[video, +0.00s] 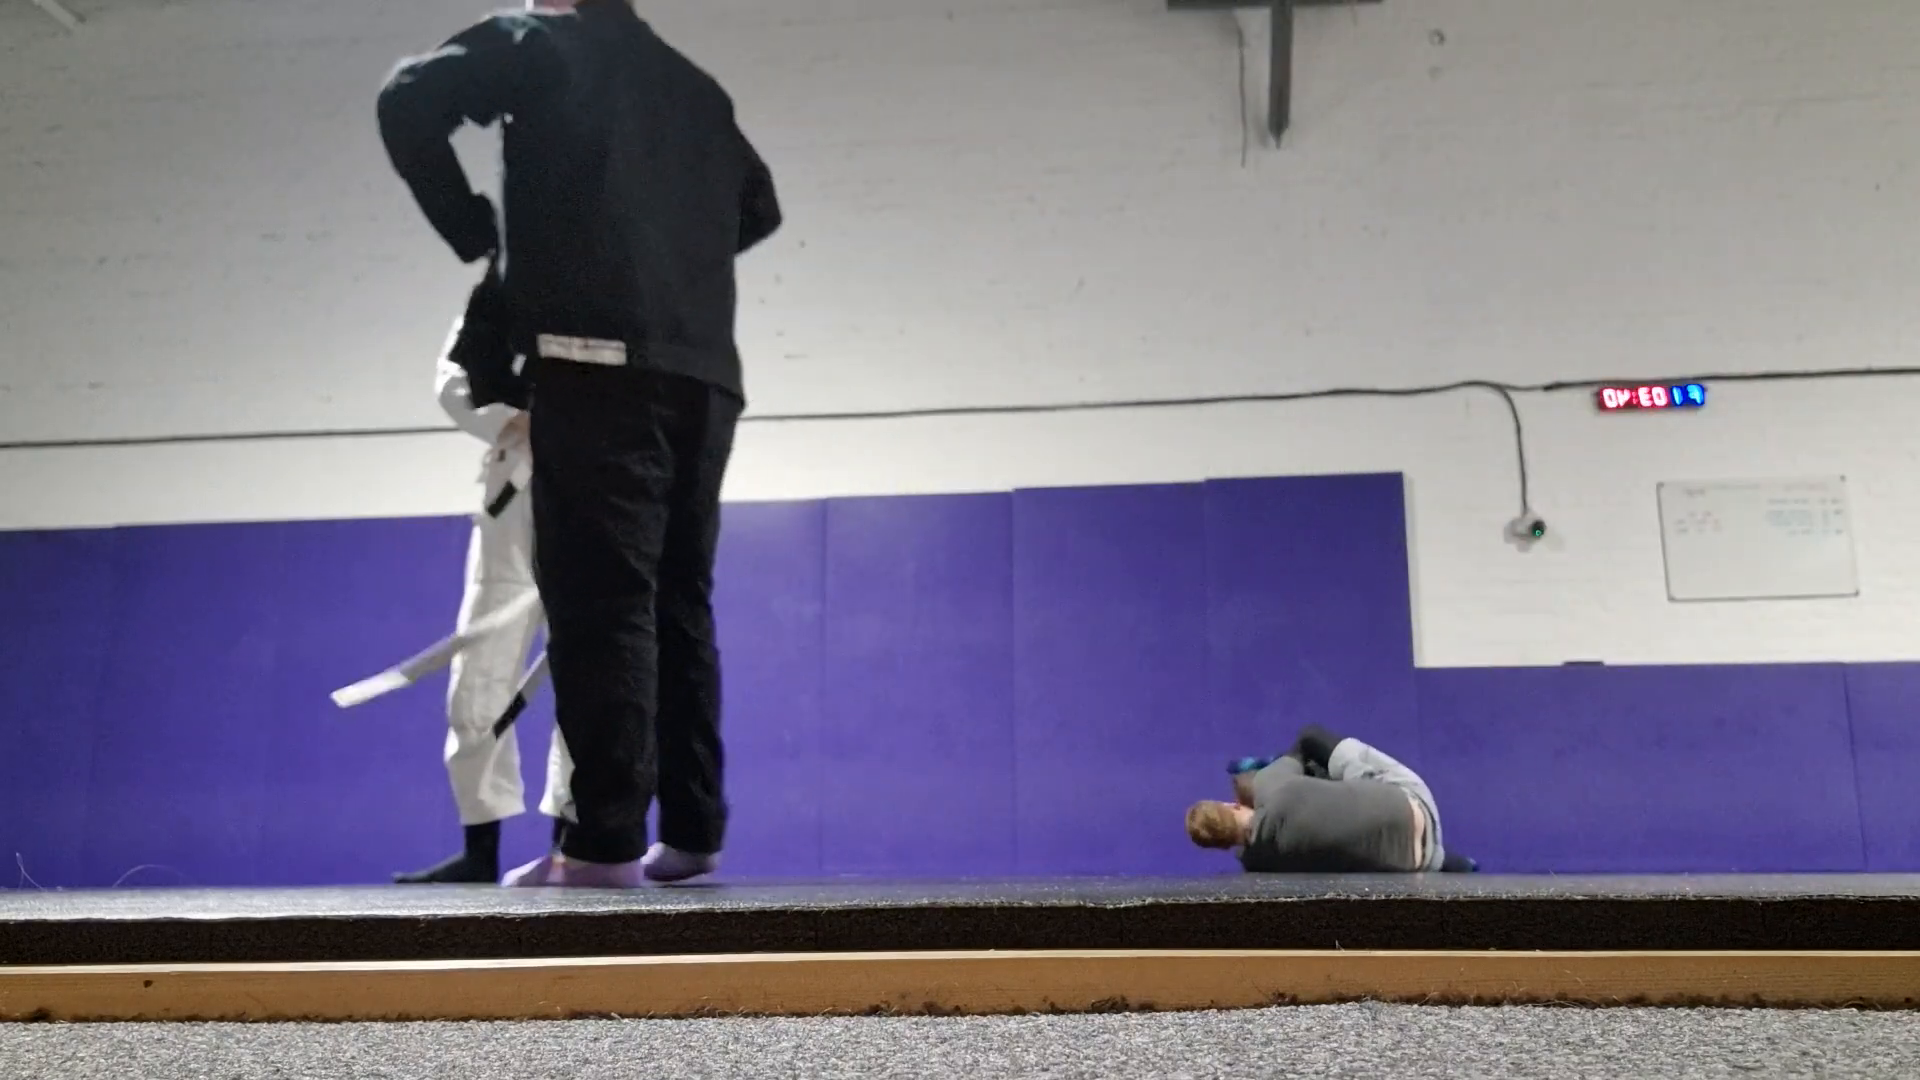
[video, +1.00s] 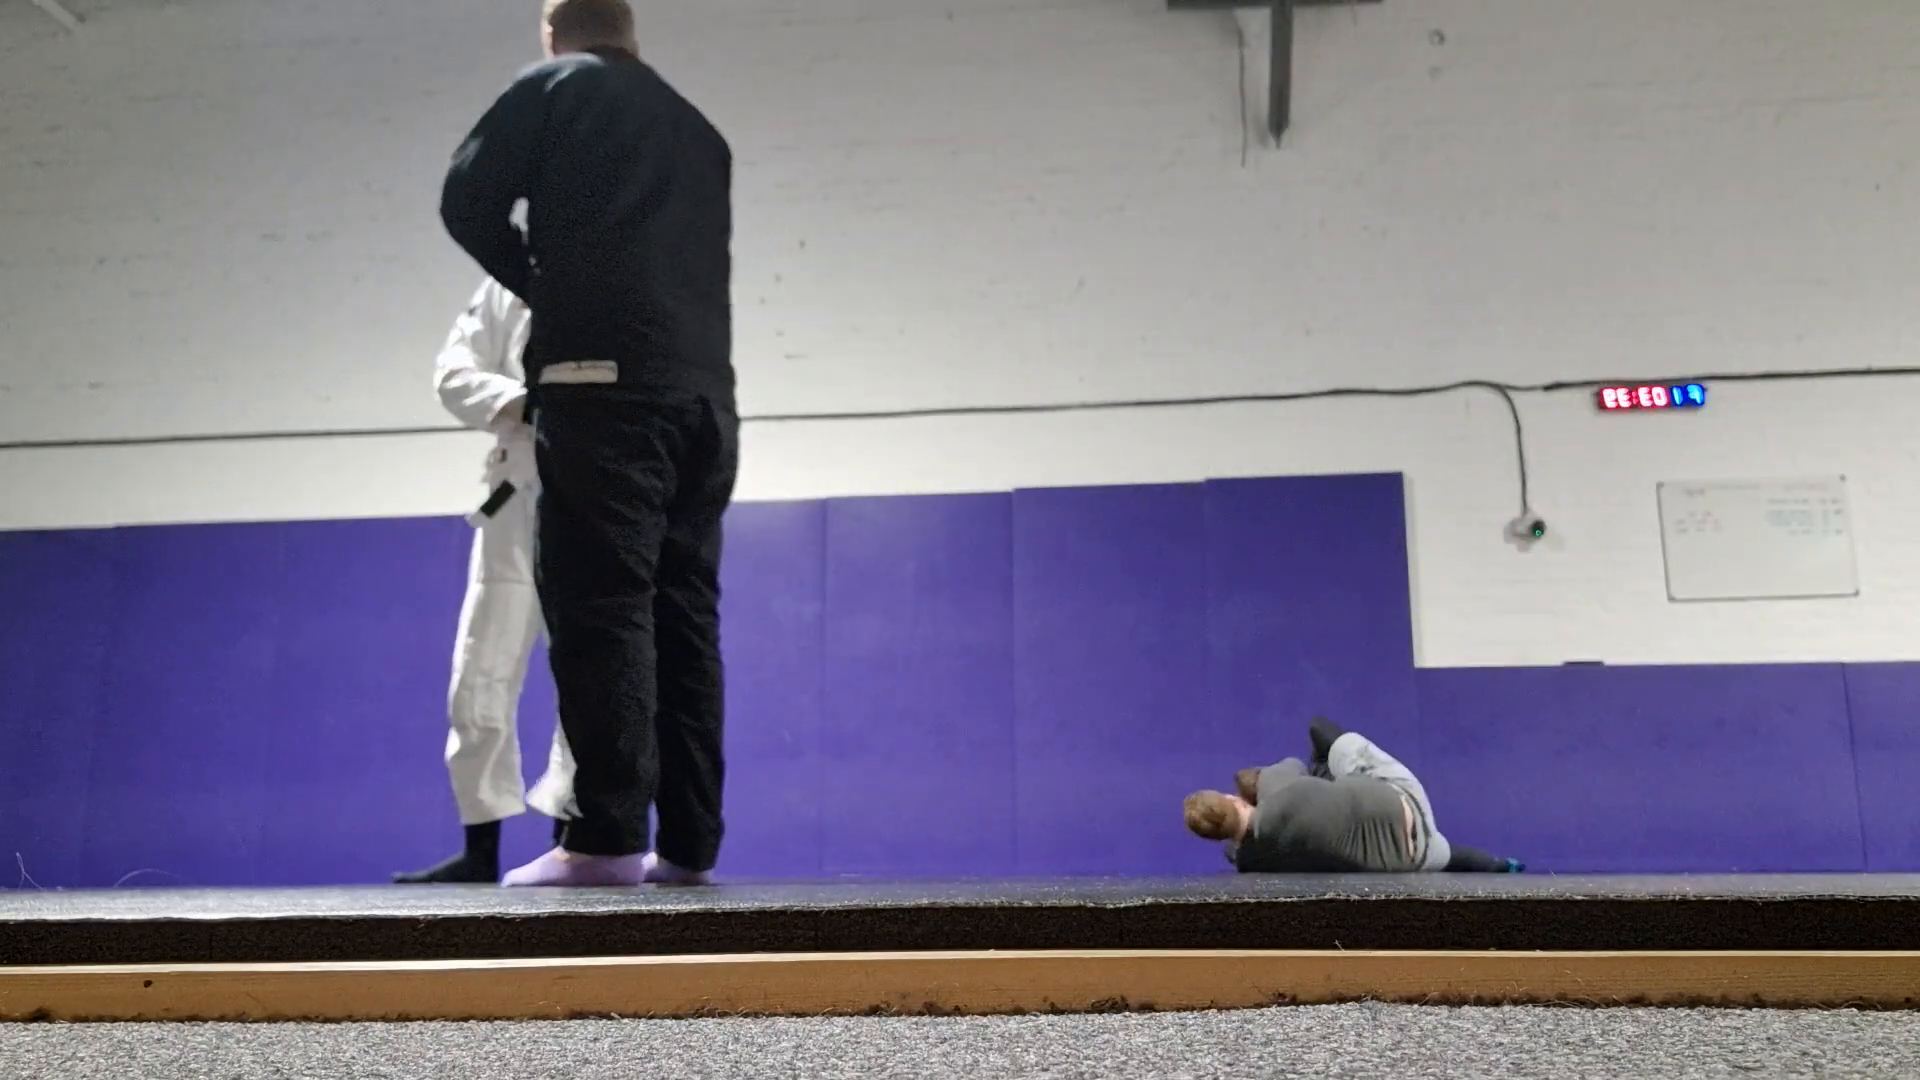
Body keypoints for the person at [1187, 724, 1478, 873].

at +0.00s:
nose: (1235, 791)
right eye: (1232, 794)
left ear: (1219, 850)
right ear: (1234, 803)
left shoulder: (1257, 864)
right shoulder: (1273, 786)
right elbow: (1306, 744)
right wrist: (1265, 774)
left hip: (1418, 863)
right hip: (1414, 811)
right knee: (1329, 748)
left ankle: (1455, 864)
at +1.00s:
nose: (1231, 788)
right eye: (1227, 790)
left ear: (1218, 839)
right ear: (1235, 794)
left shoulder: (1251, 863)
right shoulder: (1277, 785)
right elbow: (1296, 768)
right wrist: (1256, 781)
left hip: (1414, 861)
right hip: (1409, 807)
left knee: (1446, 854)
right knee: (1326, 732)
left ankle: (1505, 866)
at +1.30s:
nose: (1232, 799)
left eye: (1220, 822)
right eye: (1230, 796)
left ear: (1226, 836)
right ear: (1239, 791)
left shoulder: (1259, 857)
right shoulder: (1279, 776)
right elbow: (1312, 771)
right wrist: (1274, 777)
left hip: (1421, 861)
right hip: (1423, 807)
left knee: (1447, 855)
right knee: (1323, 737)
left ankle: (1523, 865)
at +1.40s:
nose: (1231, 796)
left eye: (1218, 814)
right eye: (1229, 793)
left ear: (1226, 834)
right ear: (1238, 789)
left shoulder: (1257, 858)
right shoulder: (1280, 777)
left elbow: (1250, 850)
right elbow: (1313, 763)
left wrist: (1252, 816)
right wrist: (1261, 777)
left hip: (1419, 860)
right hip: (1418, 805)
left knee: (1446, 856)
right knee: (1317, 738)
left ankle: (1522, 864)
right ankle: (1264, 752)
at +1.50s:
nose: (1226, 795)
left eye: (1215, 813)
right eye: (1225, 792)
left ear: (1224, 835)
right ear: (1236, 790)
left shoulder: (1257, 857)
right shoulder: (1276, 779)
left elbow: (1247, 853)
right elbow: (1302, 762)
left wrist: (1238, 843)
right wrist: (1255, 778)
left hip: (1415, 859)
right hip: (1414, 805)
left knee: (1441, 855)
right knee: (1311, 737)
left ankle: (1518, 863)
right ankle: (1252, 753)